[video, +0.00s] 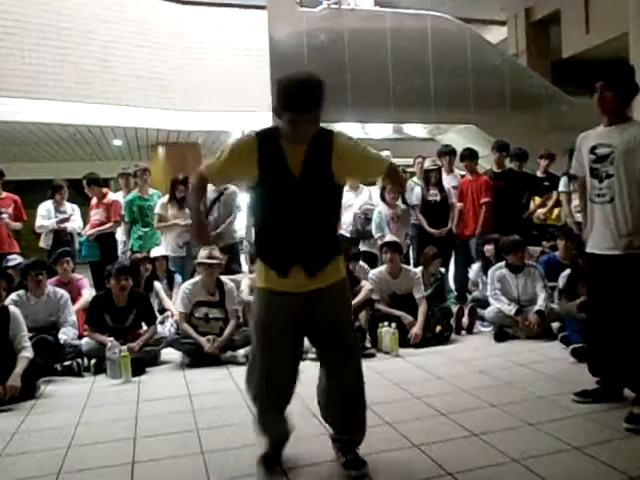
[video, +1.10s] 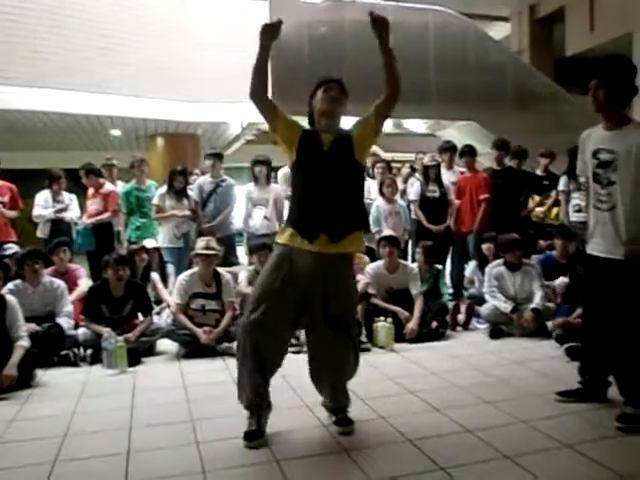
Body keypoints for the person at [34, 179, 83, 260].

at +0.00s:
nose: (63, 196)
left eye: (65, 193)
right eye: (60, 193)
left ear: (67, 194)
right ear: (54, 194)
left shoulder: (73, 208)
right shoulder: (44, 207)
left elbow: (79, 226)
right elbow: (39, 226)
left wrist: (67, 227)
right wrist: (56, 223)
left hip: (69, 240)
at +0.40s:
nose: (67, 197)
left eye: (69, 194)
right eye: (64, 194)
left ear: (71, 194)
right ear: (58, 195)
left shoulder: (79, 208)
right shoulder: (48, 207)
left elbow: (83, 226)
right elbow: (42, 227)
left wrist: (69, 228)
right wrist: (60, 224)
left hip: (72, 241)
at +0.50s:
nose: (73, 196)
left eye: (75, 193)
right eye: (70, 194)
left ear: (78, 194)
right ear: (64, 195)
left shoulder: (84, 208)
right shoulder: (55, 207)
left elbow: (89, 226)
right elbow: (49, 226)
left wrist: (76, 227)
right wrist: (66, 223)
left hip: (79, 239)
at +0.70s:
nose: (77, 190)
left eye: (78, 187)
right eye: (74, 187)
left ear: (81, 188)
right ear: (68, 188)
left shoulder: (88, 201)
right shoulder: (59, 199)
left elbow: (93, 219)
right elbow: (53, 219)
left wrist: (79, 220)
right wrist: (70, 216)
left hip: (82, 231)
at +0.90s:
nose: (72, 187)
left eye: (73, 184)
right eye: (69, 185)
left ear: (76, 185)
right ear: (62, 185)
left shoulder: (82, 198)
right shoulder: (53, 196)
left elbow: (88, 216)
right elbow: (47, 216)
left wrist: (74, 217)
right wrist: (65, 214)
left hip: (77, 231)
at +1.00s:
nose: (66, 186)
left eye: (68, 183)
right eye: (63, 183)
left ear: (70, 183)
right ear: (56, 184)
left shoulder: (76, 197)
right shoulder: (47, 195)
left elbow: (81, 215)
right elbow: (41, 215)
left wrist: (68, 216)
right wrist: (59, 212)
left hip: (71, 228)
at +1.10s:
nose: (61, 186)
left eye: (62, 183)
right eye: (57, 183)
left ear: (65, 183)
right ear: (51, 184)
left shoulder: (71, 197)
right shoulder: (42, 196)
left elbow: (76, 215)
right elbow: (36, 215)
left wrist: (62, 216)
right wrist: (54, 213)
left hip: (66, 229)